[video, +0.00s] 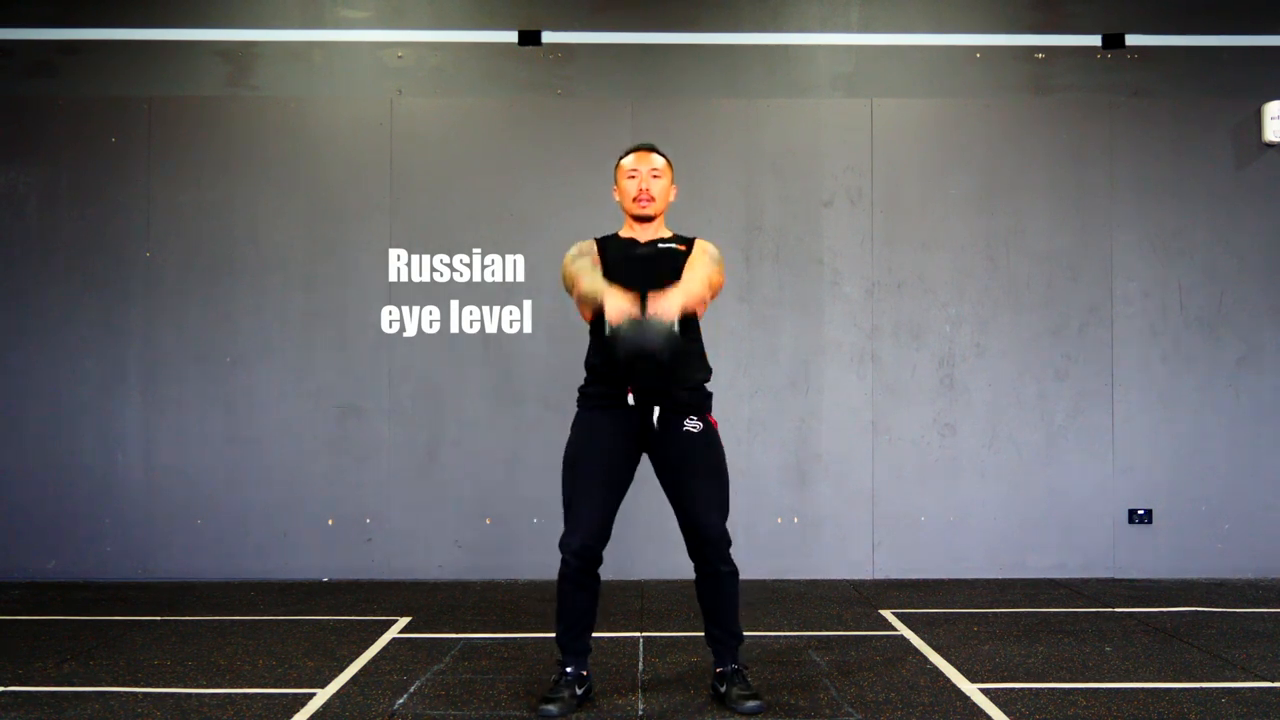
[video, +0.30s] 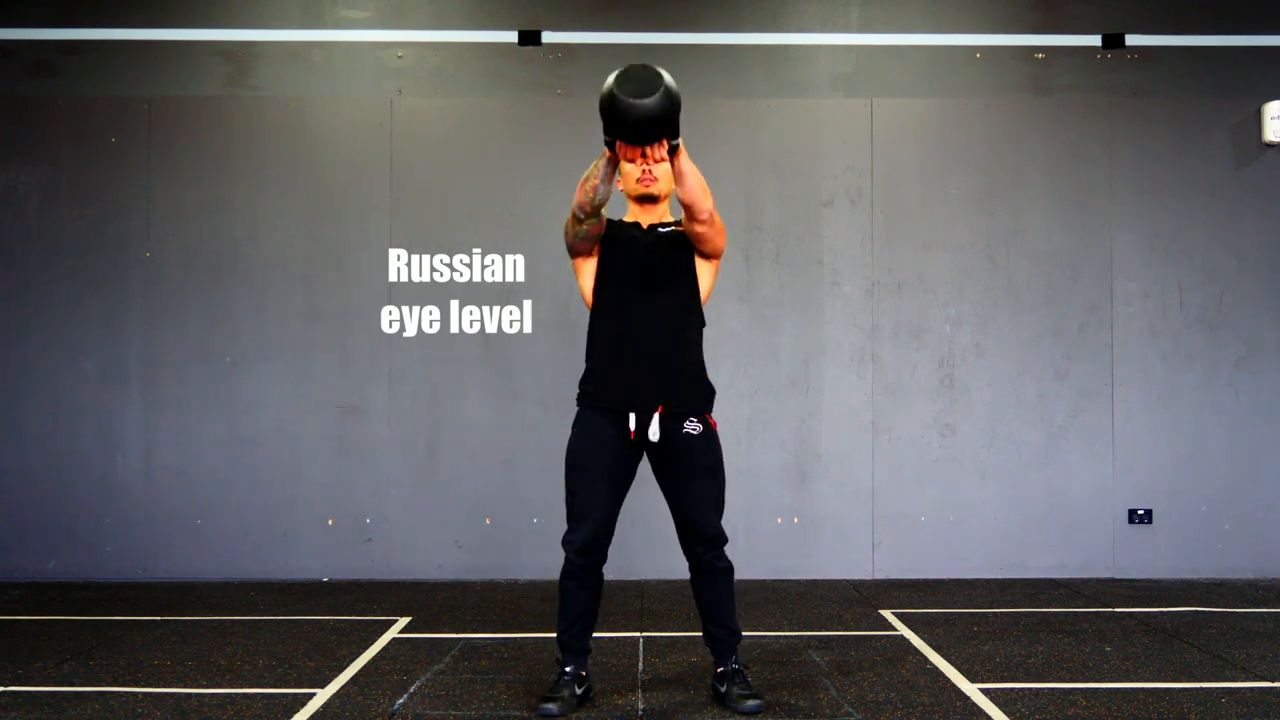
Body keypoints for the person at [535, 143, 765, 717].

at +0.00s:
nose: (644, 182)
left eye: (655, 174)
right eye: (632, 174)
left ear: (672, 190)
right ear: (616, 191)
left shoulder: (699, 251)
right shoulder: (588, 253)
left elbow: (699, 285)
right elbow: (589, 286)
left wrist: (668, 304)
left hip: (683, 415)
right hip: (606, 414)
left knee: (711, 542)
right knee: (580, 544)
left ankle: (728, 670)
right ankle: (572, 672)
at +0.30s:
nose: (646, 168)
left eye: (656, 157)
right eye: (634, 158)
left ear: (673, 165)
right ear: (616, 167)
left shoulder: (701, 245)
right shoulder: (594, 243)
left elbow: (701, 211)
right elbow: (581, 213)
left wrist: (675, 153)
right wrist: (611, 158)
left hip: (684, 414)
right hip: (606, 412)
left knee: (707, 544)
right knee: (583, 545)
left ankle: (729, 669)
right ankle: (572, 672)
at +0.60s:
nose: (648, 169)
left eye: (659, 160)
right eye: (636, 160)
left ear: (676, 177)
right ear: (619, 177)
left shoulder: (702, 240)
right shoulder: (592, 240)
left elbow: (706, 270)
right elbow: (583, 262)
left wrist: (677, 275)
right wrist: (605, 269)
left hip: (684, 413)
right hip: (607, 413)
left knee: (712, 542)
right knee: (581, 543)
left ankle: (729, 670)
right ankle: (571, 672)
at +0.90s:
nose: (645, 206)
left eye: (656, 197)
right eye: (632, 197)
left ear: (675, 211)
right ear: (615, 213)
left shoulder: (707, 290)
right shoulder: (584, 291)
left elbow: (697, 391)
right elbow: (594, 393)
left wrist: (675, 467)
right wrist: (619, 468)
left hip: (686, 440)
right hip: (604, 438)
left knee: (744, 538)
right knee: (549, 540)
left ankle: (733, 670)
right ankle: (568, 672)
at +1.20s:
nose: (638, 226)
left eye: (651, 216)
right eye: (626, 216)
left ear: (672, 230)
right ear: (612, 229)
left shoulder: (708, 305)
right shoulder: (582, 311)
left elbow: (699, 403)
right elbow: (594, 410)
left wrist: (679, 476)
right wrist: (619, 479)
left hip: (688, 449)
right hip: (607, 449)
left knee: (746, 541)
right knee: (552, 545)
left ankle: (732, 672)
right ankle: (570, 674)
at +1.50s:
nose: (645, 175)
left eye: (656, 166)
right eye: (633, 167)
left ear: (674, 185)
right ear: (617, 185)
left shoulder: (702, 246)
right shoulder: (589, 246)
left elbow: (704, 280)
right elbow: (590, 278)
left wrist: (677, 302)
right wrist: (620, 297)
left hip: (686, 413)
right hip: (611, 413)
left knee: (714, 543)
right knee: (584, 543)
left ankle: (729, 670)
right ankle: (572, 672)